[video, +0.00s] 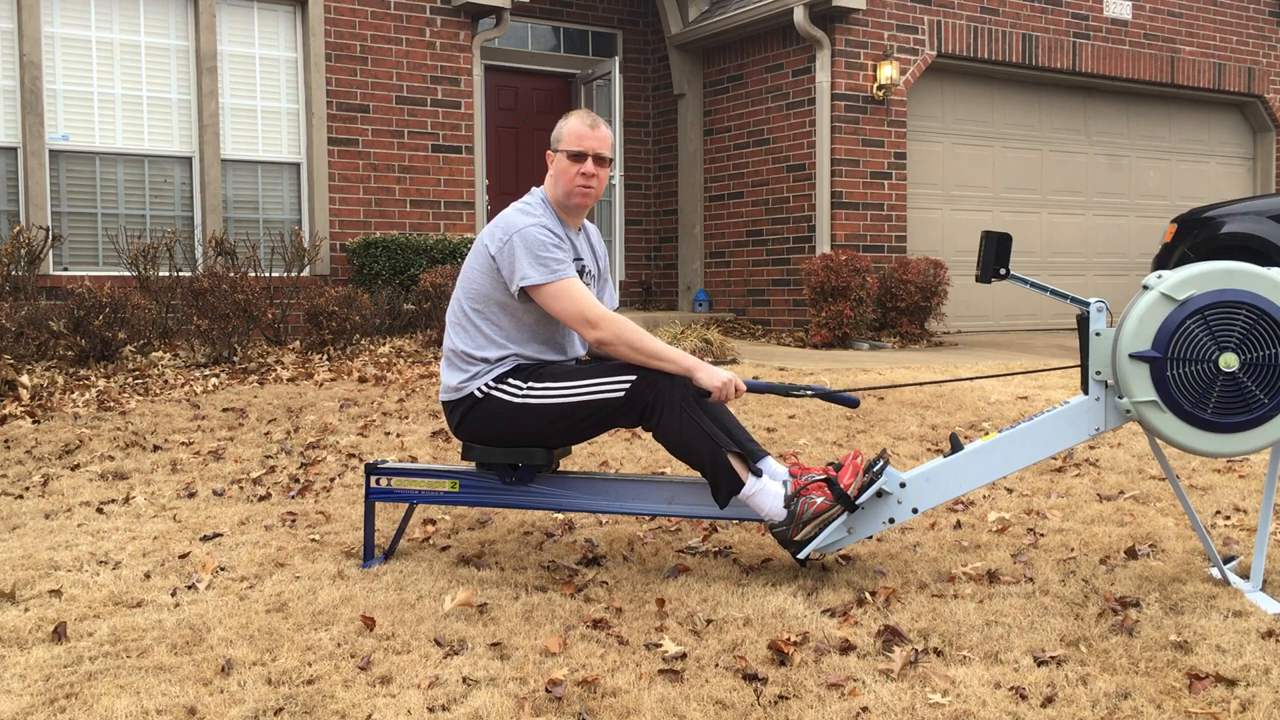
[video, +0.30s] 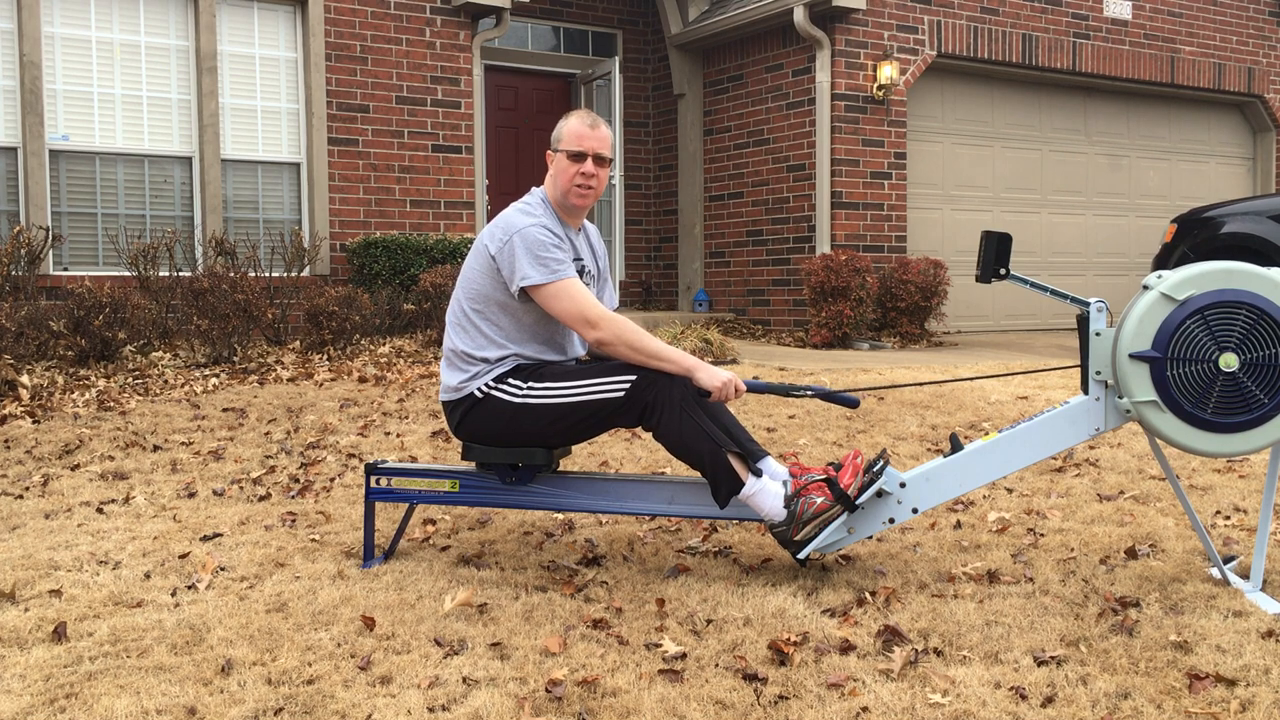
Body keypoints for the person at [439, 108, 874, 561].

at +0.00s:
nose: (589, 171)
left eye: (601, 162)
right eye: (576, 157)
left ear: (610, 171)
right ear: (549, 160)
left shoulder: (590, 240)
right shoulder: (524, 227)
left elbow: (602, 336)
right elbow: (595, 325)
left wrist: (694, 372)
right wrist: (694, 367)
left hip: (543, 376)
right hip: (489, 390)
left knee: (675, 378)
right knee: (653, 386)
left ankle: (786, 485)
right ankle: (777, 510)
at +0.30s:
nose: (588, 172)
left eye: (600, 163)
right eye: (576, 158)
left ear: (609, 172)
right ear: (548, 161)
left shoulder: (589, 239)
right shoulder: (524, 228)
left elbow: (603, 335)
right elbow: (595, 325)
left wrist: (695, 373)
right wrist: (696, 368)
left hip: (543, 376)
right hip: (488, 389)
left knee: (674, 378)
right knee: (652, 386)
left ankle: (784, 483)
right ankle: (776, 509)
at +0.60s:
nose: (592, 173)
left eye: (603, 164)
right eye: (579, 158)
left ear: (611, 173)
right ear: (551, 160)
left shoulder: (586, 238)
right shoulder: (524, 227)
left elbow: (604, 332)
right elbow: (595, 326)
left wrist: (695, 373)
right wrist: (696, 368)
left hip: (542, 375)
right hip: (488, 389)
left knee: (674, 378)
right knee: (652, 386)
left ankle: (785, 484)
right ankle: (776, 510)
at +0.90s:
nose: (593, 172)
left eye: (604, 164)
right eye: (580, 157)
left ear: (612, 173)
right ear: (551, 158)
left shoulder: (591, 240)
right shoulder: (525, 225)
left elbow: (620, 329)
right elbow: (596, 326)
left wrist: (671, 267)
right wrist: (697, 369)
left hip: (543, 376)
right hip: (488, 389)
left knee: (676, 376)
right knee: (651, 387)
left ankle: (786, 484)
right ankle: (776, 510)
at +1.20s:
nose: (592, 172)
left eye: (603, 163)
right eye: (579, 157)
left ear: (611, 172)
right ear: (549, 158)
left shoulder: (589, 240)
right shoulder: (524, 225)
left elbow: (609, 334)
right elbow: (594, 324)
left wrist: (661, 307)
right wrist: (696, 368)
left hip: (543, 377)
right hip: (488, 390)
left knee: (677, 377)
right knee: (652, 386)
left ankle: (787, 485)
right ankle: (777, 510)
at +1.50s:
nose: (590, 171)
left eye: (602, 163)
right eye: (578, 157)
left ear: (610, 172)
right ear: (548, 158)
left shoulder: (590, 242)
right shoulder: (524, 225)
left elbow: (608, 334)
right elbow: (594, 324)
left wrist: (664, 307)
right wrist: (697, 368)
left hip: (542, 378)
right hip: (488, 391)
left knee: (676, 377)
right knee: (652, 387)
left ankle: (789, 486)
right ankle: (777, 510)